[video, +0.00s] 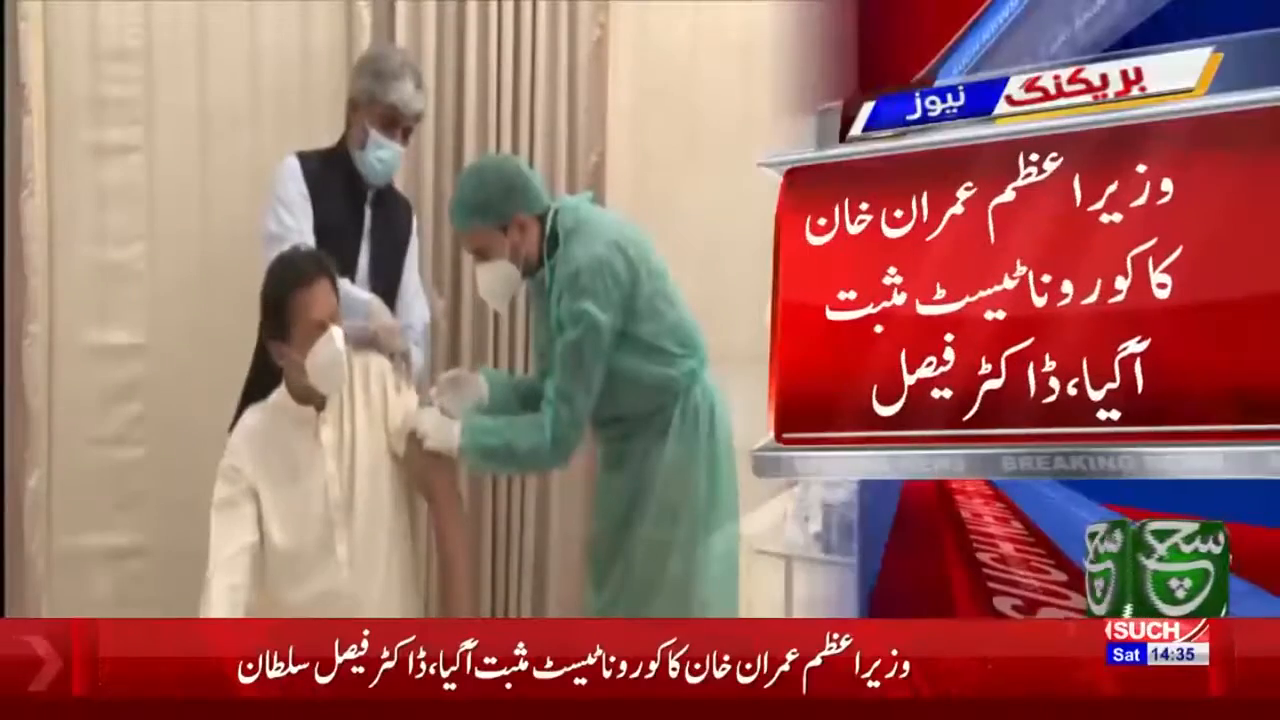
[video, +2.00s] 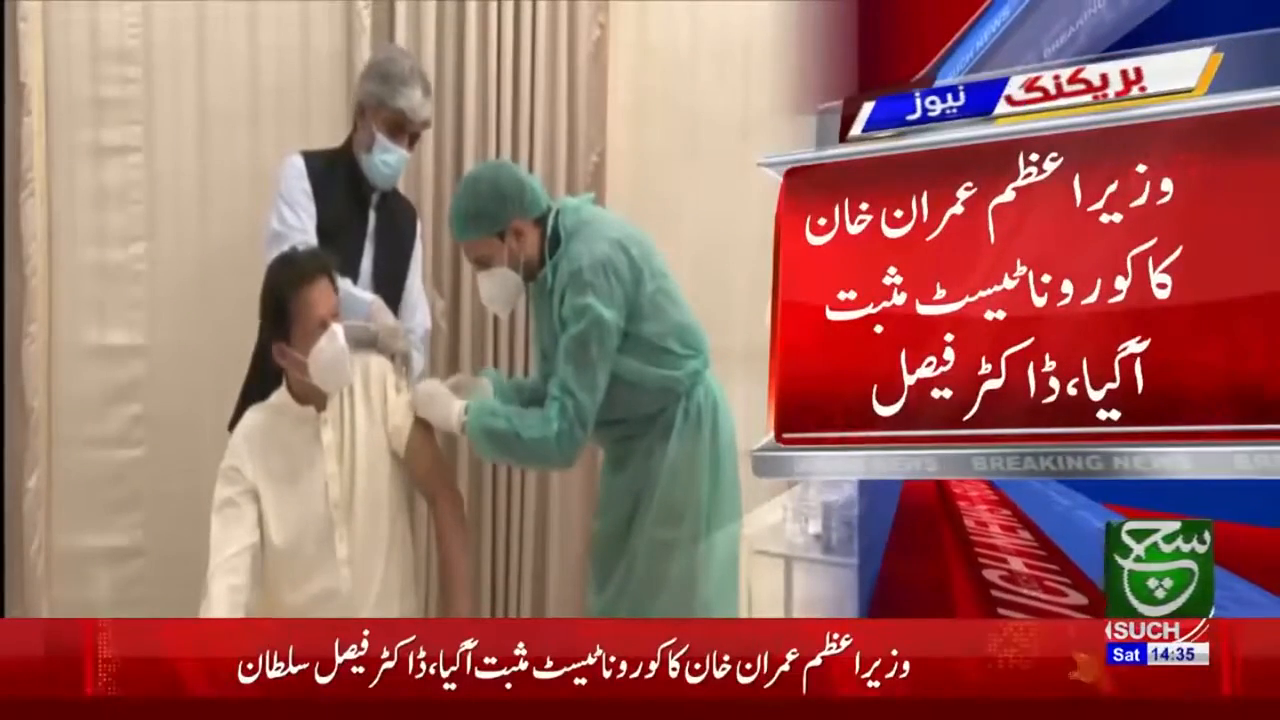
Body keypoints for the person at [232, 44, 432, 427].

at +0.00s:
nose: (395, 144)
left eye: (407, 133)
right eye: (386, 127)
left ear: (415, 133)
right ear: (354, 114)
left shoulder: (401, 213)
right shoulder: (300, 172)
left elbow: (413, 311)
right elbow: (291, 269)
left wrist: (406, 387)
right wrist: (371, 312)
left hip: (367, 383)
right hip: (295, 372)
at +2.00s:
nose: (403, 149)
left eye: (414, 138)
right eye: (394, 131)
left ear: (422, 135)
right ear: (363, 116)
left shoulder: (405, 216)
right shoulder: (304, 172)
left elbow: (414, 316)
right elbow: (293, 268)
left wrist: (405, 390)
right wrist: (370, 309)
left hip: (370, 387)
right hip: (296, 376)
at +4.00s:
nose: (406, 155)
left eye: (421, 144)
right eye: (399, 135)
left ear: (430, 144)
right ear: (370, 118)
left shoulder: (412, 218)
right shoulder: (313, 172)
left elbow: (424, 320)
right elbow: (295, 268)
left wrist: (419, 402)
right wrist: (371, 312)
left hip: (371, 392)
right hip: (297, 376)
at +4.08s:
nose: (407, 155)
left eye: (421, 145)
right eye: (399, 136)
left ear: (430, 145)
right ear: (371, 118)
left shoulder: (412, 218)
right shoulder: (314, 172)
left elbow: (425, 321)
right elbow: (296, 269)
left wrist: (419, 403)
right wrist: (371, 312)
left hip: (372, 391)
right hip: (297, 377)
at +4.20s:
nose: (347, 74)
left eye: (359, 57)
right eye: (330, 55)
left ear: (372, 54)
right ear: (293, 46)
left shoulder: (376, 163)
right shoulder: (240, 120)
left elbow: (391, 293)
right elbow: (228, 244)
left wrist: (374, 374)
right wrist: (330, 291)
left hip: (332, 388)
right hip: (236, 374)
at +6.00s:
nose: (352, 78)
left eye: (365, 61)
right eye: (335, 58)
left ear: (377, 62)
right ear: (298, 51)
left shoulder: (378, 175)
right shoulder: (242, 130)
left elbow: (394, 308)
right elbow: (233, 254)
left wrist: (375, 388)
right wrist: (336, 300)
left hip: (334, 402)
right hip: (238, 386)